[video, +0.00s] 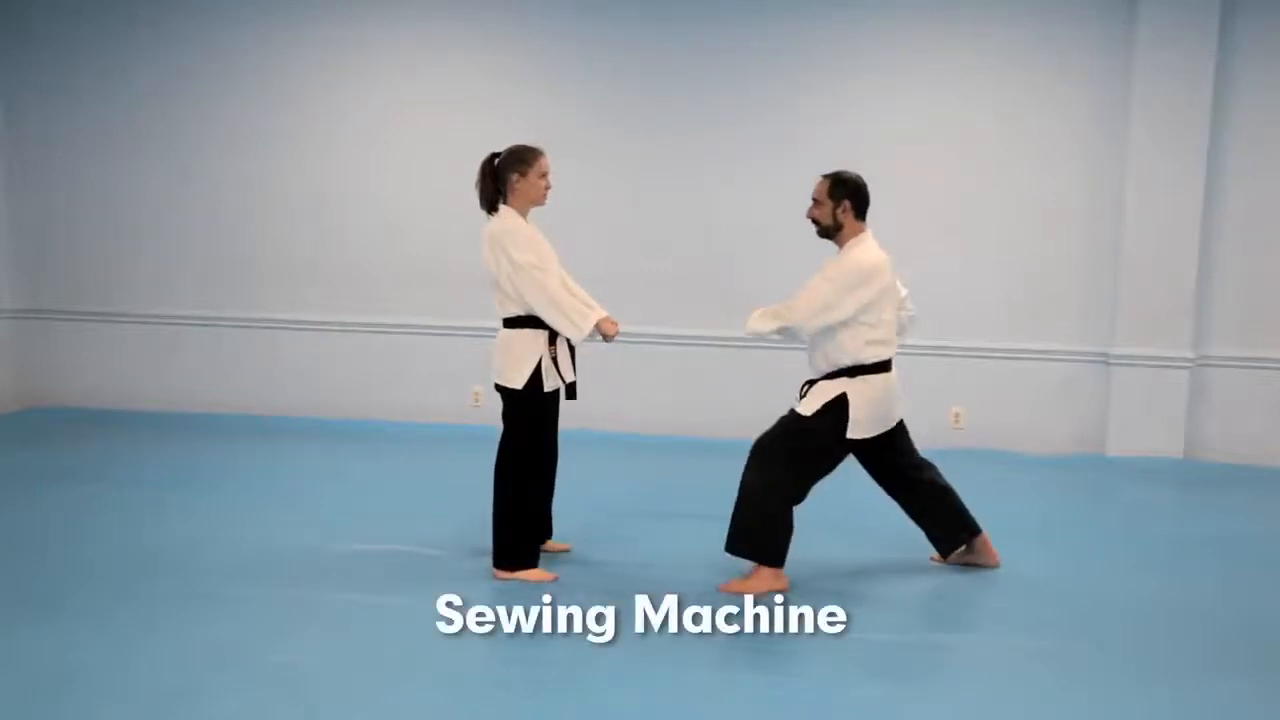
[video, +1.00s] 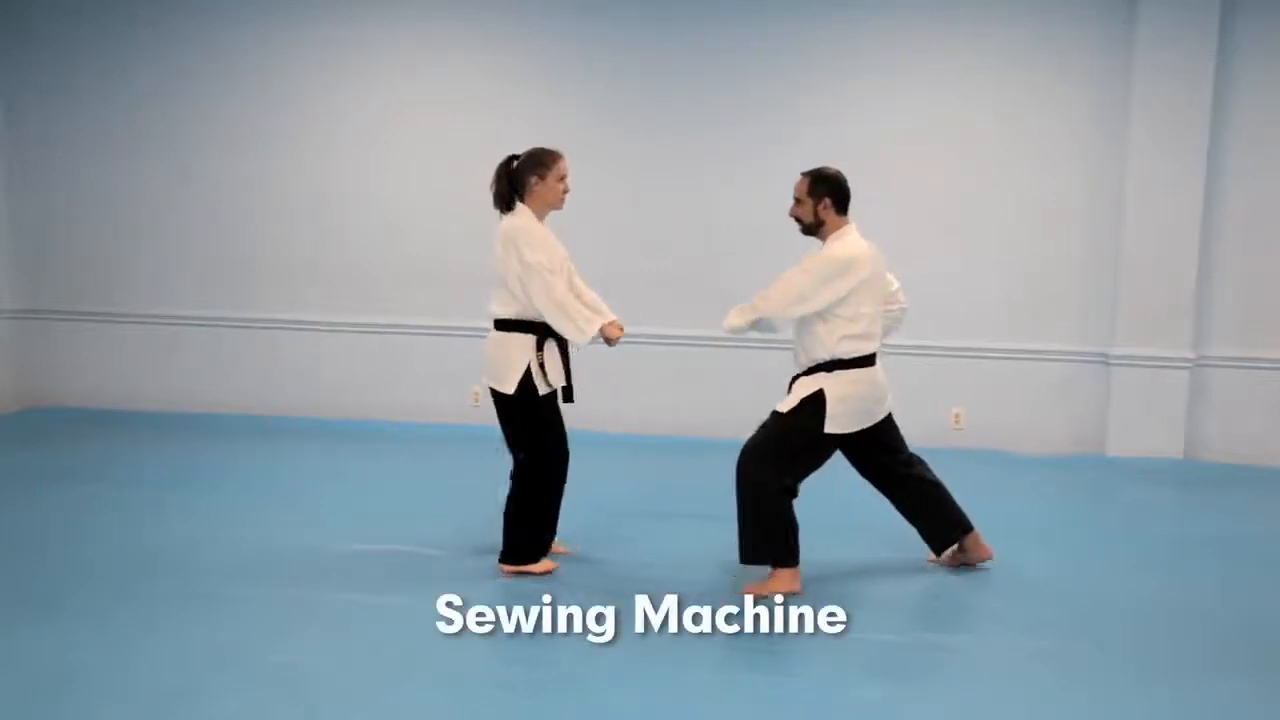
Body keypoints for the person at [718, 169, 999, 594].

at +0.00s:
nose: (809, 211)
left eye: (816, 203)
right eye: (811, 202)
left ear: (844, 209)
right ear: (847, 210)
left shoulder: (853, 263)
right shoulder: (874, 258)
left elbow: (803, 319)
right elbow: (903, 312)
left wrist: (755, 321)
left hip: (844, 396)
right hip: (875, 391)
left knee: (772, 458)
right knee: (906, 471)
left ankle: (768, 570)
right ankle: (973, 545)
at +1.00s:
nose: (791, 210)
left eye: (798, 201)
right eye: (793, 200)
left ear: (825, 206)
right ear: (831, 206)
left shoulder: (838, 254)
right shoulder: (865, 251)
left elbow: (780, 301)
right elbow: (894, 307)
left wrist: (739, 319)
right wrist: (858, 345)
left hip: (830, 393)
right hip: (864, 388)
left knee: (760, 464)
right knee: (897, 468)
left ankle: (784, 576)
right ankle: (968, 543)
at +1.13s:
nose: (764, 202)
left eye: (771, 194)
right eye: (765, 194)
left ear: (797, 198)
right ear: (804, 198)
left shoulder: (805, 248)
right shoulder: (842, 243)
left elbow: (743, 305)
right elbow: (874, 299)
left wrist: (720, 316)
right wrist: (838, 337)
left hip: (801, 386)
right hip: (838, 381)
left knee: (750, 473)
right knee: (836, 470)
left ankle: (776, 578)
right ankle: (917, 525)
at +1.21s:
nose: (743, 201)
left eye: (749, 192)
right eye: (744, 191)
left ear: (776, 195)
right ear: (785, 196)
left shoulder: (780, 246)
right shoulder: (827, 240)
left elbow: (723, 304)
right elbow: (857, 291)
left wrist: (704, 322)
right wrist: (824, 329)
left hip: (785, 381)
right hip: (823, 377)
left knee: (741, 473)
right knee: (780, 462)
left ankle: (774, 578)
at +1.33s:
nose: (712, 200)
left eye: (718, 191)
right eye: (713, 190)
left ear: (745, 195)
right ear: (753, 195)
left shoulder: (750, 244)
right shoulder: (797, 239)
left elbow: (700, 308)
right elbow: (825, 293)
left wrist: (679, 331)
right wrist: (790, 331)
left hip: (762, 379)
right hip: (793, 374)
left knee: (737, 482)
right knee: (696, 421)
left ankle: (774, 578)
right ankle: (701, 523)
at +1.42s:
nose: (691, 199)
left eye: (697, 191)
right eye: (693, 190)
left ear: (724, 195)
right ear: (730, 195)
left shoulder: (732, 243)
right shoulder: (765, 237)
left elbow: (701, 310)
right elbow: (775, 299)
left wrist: (673, 335)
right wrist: (719, 332)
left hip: (744, 378)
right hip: (756, 372)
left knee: (731, 485)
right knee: (674, 433)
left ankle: (771, 579)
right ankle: (626, 512)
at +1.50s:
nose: (669, 199)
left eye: (676, 191)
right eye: (671, 190)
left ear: (702, 195)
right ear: (704, 196)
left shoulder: (716, 246)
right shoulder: (713, 241)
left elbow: (722, 319)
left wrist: (673, 338)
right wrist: (661, 308)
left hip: (728, 382)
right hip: (706, 378)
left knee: (723, 488)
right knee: (654, 453)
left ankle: (773, 577)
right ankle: (606, 526)